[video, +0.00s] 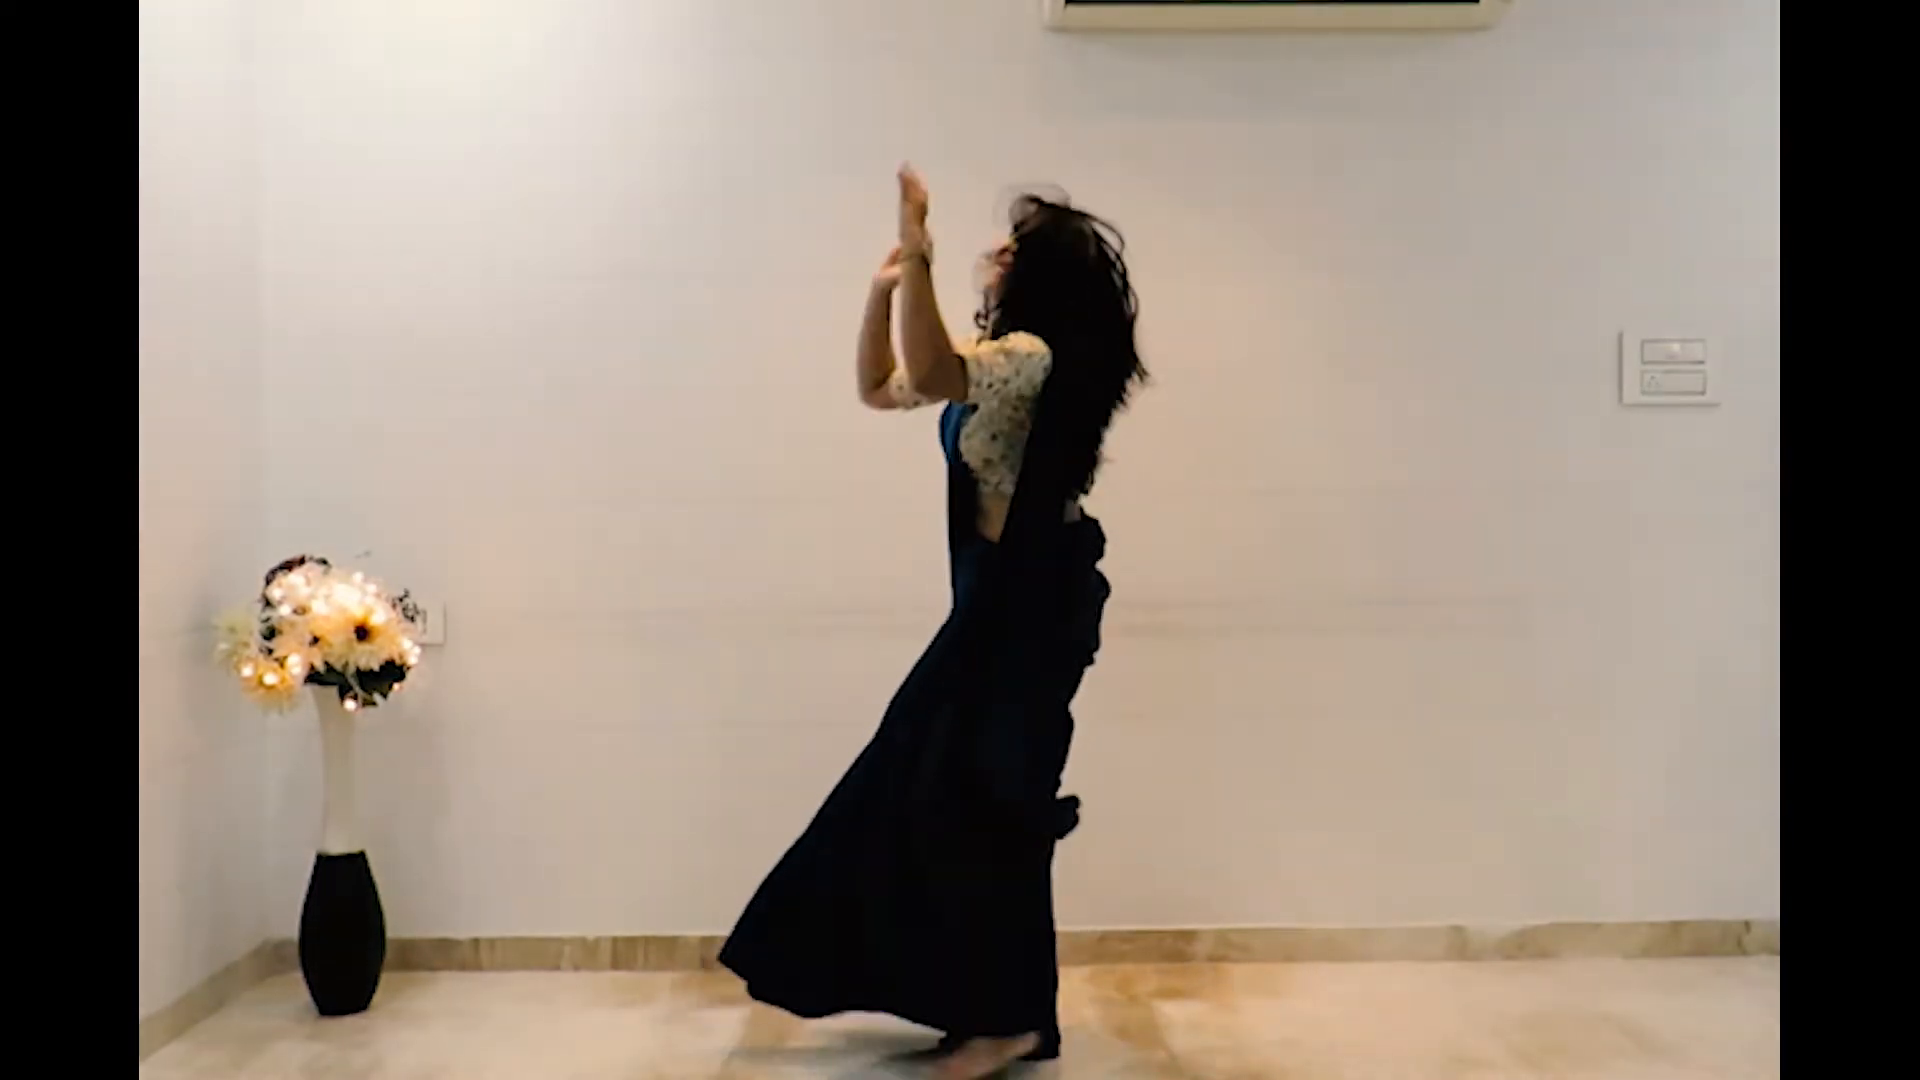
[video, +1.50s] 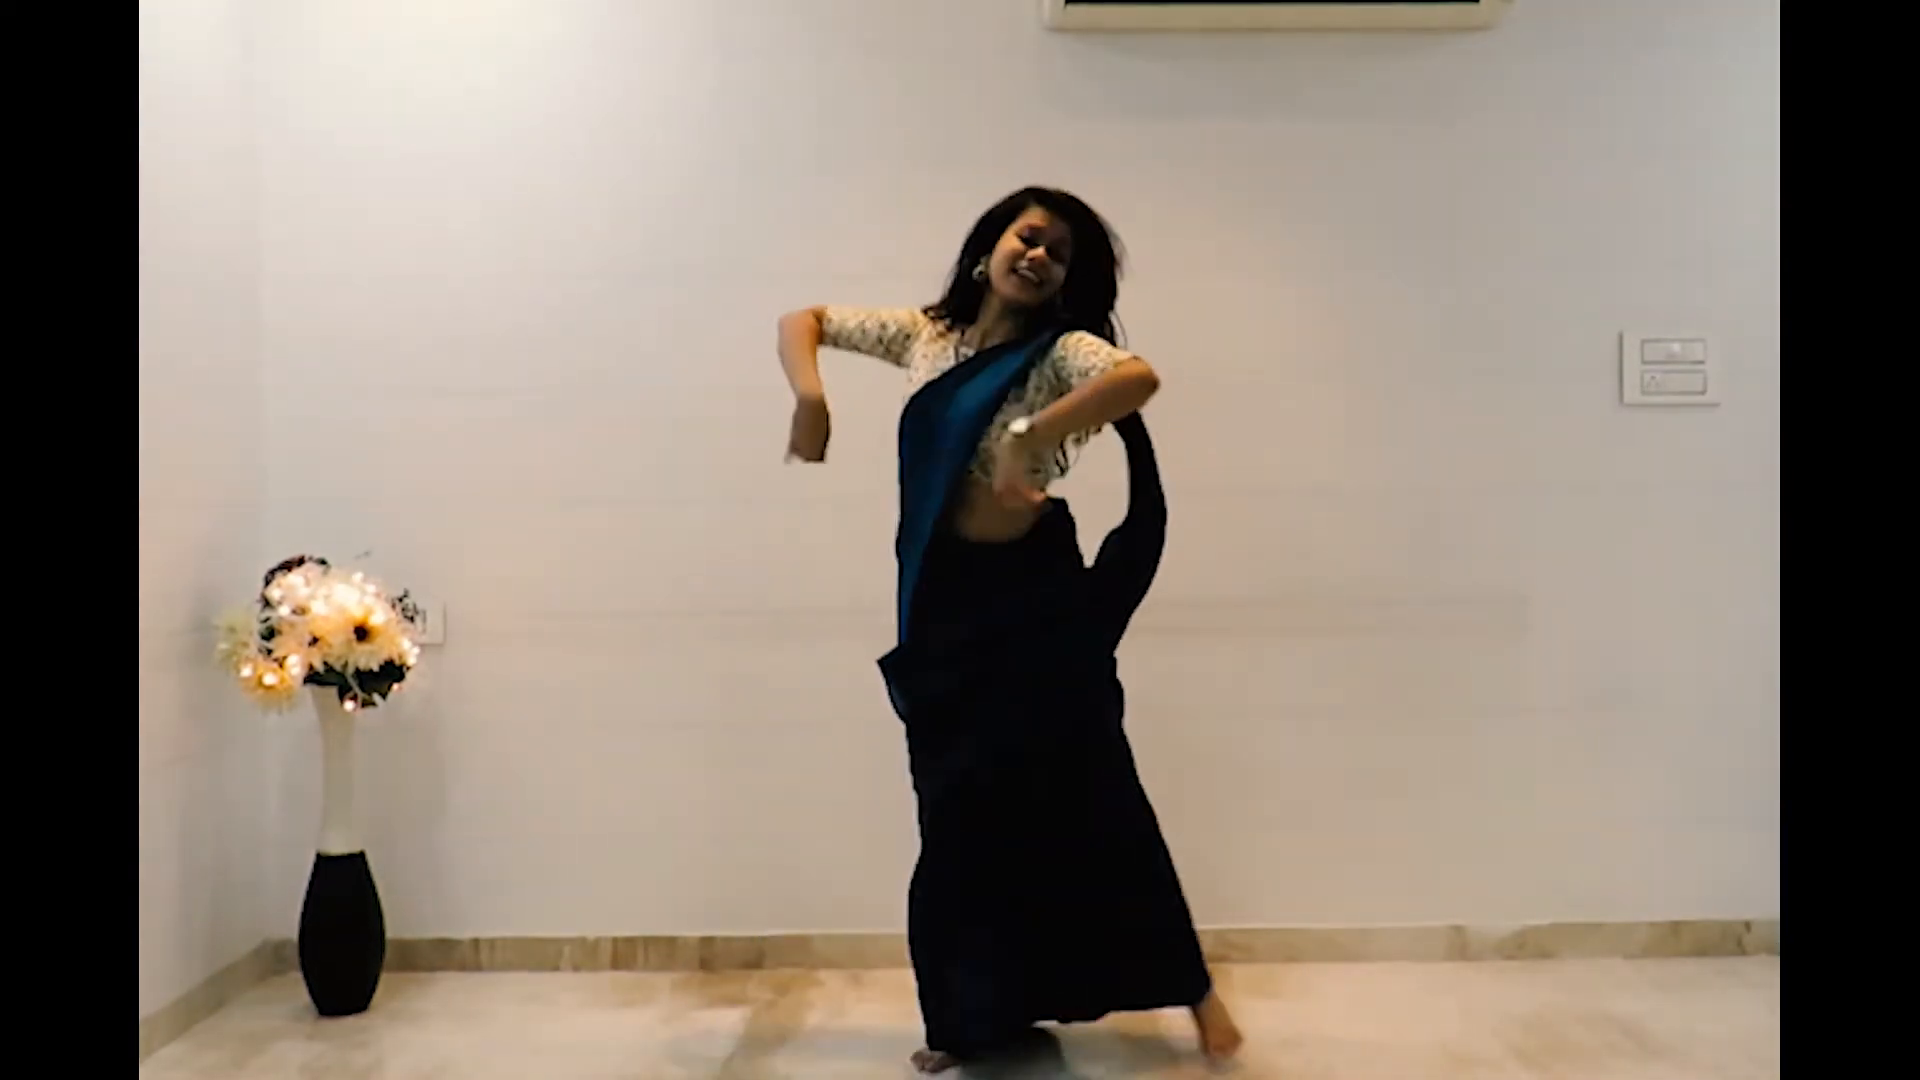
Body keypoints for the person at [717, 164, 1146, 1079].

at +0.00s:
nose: (992, 255)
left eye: (1010, 249)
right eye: (1000, 244)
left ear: (1038, 275)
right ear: (1030, 281)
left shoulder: (1033, 361)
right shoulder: (997, 356)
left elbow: (930, 374)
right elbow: (882, 388)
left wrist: (914, 255)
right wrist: (884, 294)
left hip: (1029, 613)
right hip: (1004, 608)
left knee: (982, 803)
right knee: (986, 803)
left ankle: (1005, 1018)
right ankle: (1001, 1011)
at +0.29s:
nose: (1038, 270)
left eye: (1058, 263)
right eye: (1024, 257)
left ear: (1078, 292)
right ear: (993, 279)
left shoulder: (1100, 386)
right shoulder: (959, 387)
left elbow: (1104, 508)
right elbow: (908, 521)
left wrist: (987, 462)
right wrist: (939, 465)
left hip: (1081, 639)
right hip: (988, 638)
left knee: (1085, 838)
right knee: (983, 835)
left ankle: (1099, 1049)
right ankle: (988, 1047)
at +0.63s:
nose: (1037, 224)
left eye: (1051, 210)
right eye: (1016, 216)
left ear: (1080, 231)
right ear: (989, 242)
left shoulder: (1114, 336)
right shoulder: (976, 319)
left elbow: (1227, 385)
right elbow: (876, 318)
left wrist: (1226, 461)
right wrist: (945, 426)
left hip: (1055, 596)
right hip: (951, 584)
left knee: (1046, 799)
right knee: (907, 788)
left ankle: (1063, 1028)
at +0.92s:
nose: (1007, 299)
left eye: (1023, 286)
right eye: (988, 286)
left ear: (1047, 310)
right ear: (962, 309)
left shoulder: (1053, 422)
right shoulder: (949, 400)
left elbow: (1146, 516)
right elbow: (1013, 478)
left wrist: (1254, 461)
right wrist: (1079, 370)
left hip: (1036, 670)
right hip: (938, 670)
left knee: (1056, 867)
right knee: (881, 857)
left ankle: (1066, 1054)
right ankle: (756, 1051)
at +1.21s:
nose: (1007, 303)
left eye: (1024, 290)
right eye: (990, 286)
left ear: (1044, 306)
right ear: (959, 298)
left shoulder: (1078, 401)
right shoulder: (932, 398)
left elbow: (1142, 501)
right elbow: (886, 511)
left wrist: (1117, 537)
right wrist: (1017, 539)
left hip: (1032, 652)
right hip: (926, 649)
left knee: (1023, 844)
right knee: (866, 834)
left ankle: (1013, 1039)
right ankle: (778, 1041)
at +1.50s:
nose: (1037, 251)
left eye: (1056, 249)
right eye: (1025, 235)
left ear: (1067, 281)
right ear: (986, 248)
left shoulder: (1055, 348)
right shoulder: (932, 335)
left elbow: (1135, 376)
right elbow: (799, 321)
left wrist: (1030, 439)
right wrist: (810, 397)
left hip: (1035, 590)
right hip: (942, 594)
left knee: (1099, 793)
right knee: (959, 807)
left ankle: (1197, 993)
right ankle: (974, 1022)